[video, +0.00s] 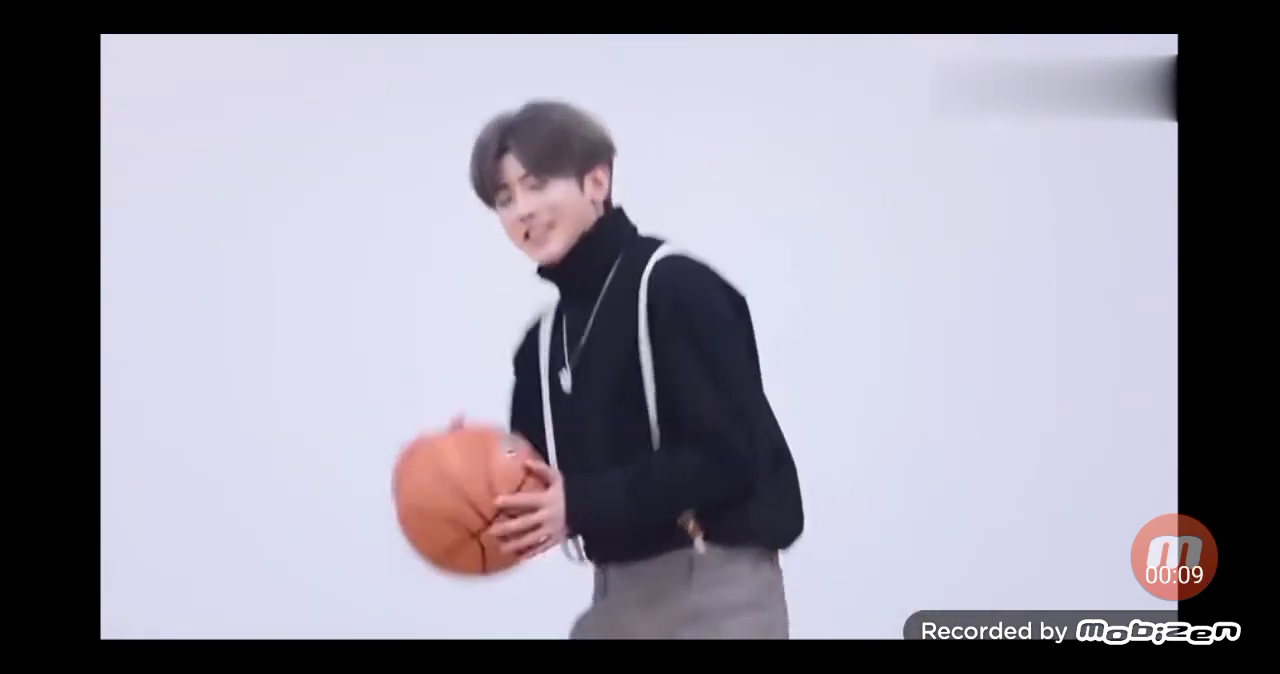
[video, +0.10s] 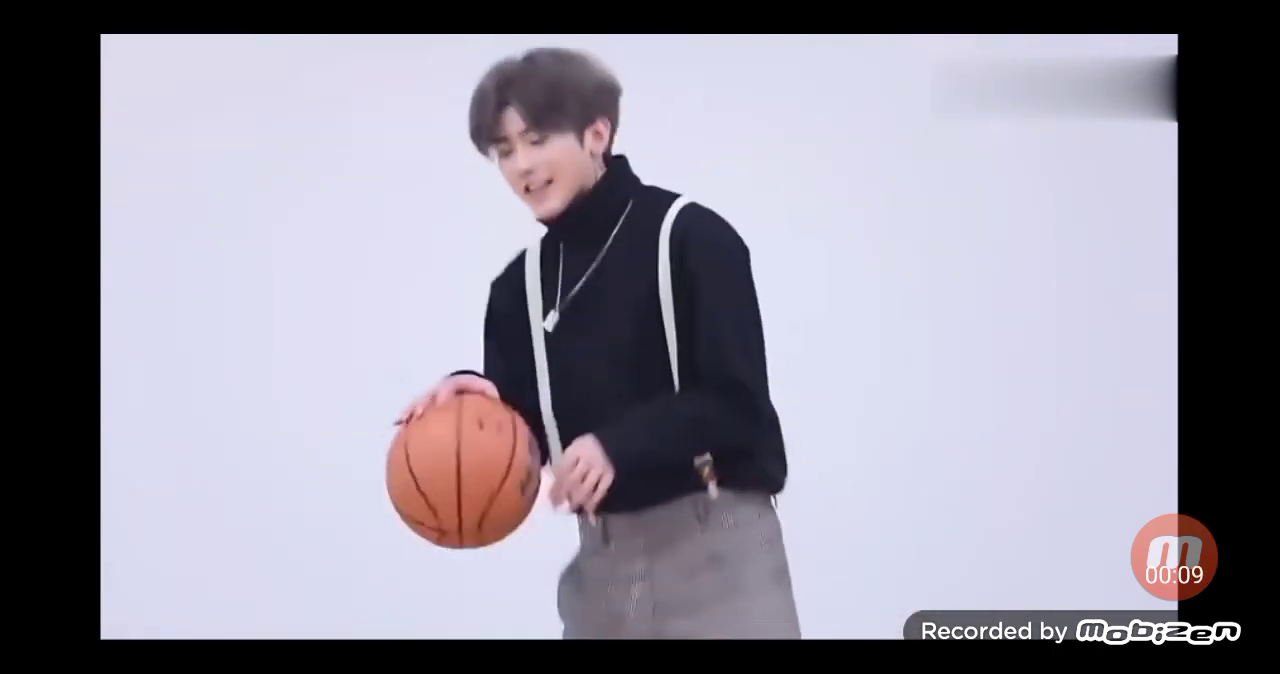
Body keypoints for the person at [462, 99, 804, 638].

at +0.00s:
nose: (520, 212)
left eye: (535, 183)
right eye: (503, 199)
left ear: (596, 181)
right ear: (495, 215)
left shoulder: (681, 290)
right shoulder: (539, 346)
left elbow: (729, 462)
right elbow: (533, 486)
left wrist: (575, 504)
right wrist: (481, 473)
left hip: (717, 586)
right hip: (618, 594)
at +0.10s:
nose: (520, 165)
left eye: (536, 139)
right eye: (503, 151)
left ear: (597, 133)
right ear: (494, 162)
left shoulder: (693, 239)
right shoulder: (514, 290)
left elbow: (736, 408)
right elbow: (525, 457)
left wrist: (617, 448)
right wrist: (477, 407)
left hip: (716, 543)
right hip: (601, 561)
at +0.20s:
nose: (543, 185)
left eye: (559, 162)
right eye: (530, 170)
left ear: (610, 162)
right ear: (520, 180)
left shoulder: (689, 252)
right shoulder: (526, 295)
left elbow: (734, 392)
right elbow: (513, 411)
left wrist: (639, 404)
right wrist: (491, 453)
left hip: (711, 515)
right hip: (605, 527)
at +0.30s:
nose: (562, 218)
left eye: (577, 199)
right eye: (550, 204)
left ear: (620, 200)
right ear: (540, 213)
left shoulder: (690, 282)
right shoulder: (545, 318)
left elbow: (732, 401)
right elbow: (523, 438)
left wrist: (658, 404)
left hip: (705, 515)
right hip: (611, 520)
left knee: (718, 633)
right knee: (608, 631)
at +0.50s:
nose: (599, 227)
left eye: (611, 213)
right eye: (589, 216)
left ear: (642, 218)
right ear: (581, 223)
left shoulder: (693, 285)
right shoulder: (578, 303)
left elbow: (715, 368)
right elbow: (547, 404)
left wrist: (697, 372)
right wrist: (502, 485)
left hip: (683, 455)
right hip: (608, 455)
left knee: (690, 608)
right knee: (588, 562)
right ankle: (611, 638)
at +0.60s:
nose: (602, 186)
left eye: (614, 174)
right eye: (591, 176)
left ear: (637, 181)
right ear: (580, 186)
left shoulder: (680, 247)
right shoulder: (570, 262)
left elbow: (713, 318)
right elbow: (553, 351)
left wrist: (692, 330)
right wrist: (511, 409)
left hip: (672, 414)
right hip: (603, 411)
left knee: (676, 552)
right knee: (579, 520)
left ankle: (648, 636)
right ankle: (606, 635)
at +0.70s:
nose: (603, 150)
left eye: (615, 140)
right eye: (593, 141)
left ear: (635, 149)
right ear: (580, 151)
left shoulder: (667, 211)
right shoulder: (571, 218)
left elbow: (712, 289)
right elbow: (572, 288)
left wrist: (680, 274)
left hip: (653, 372)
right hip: (590, 365)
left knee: (664, 498)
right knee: (564, 480)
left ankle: (642, 595)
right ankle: (600, 598)